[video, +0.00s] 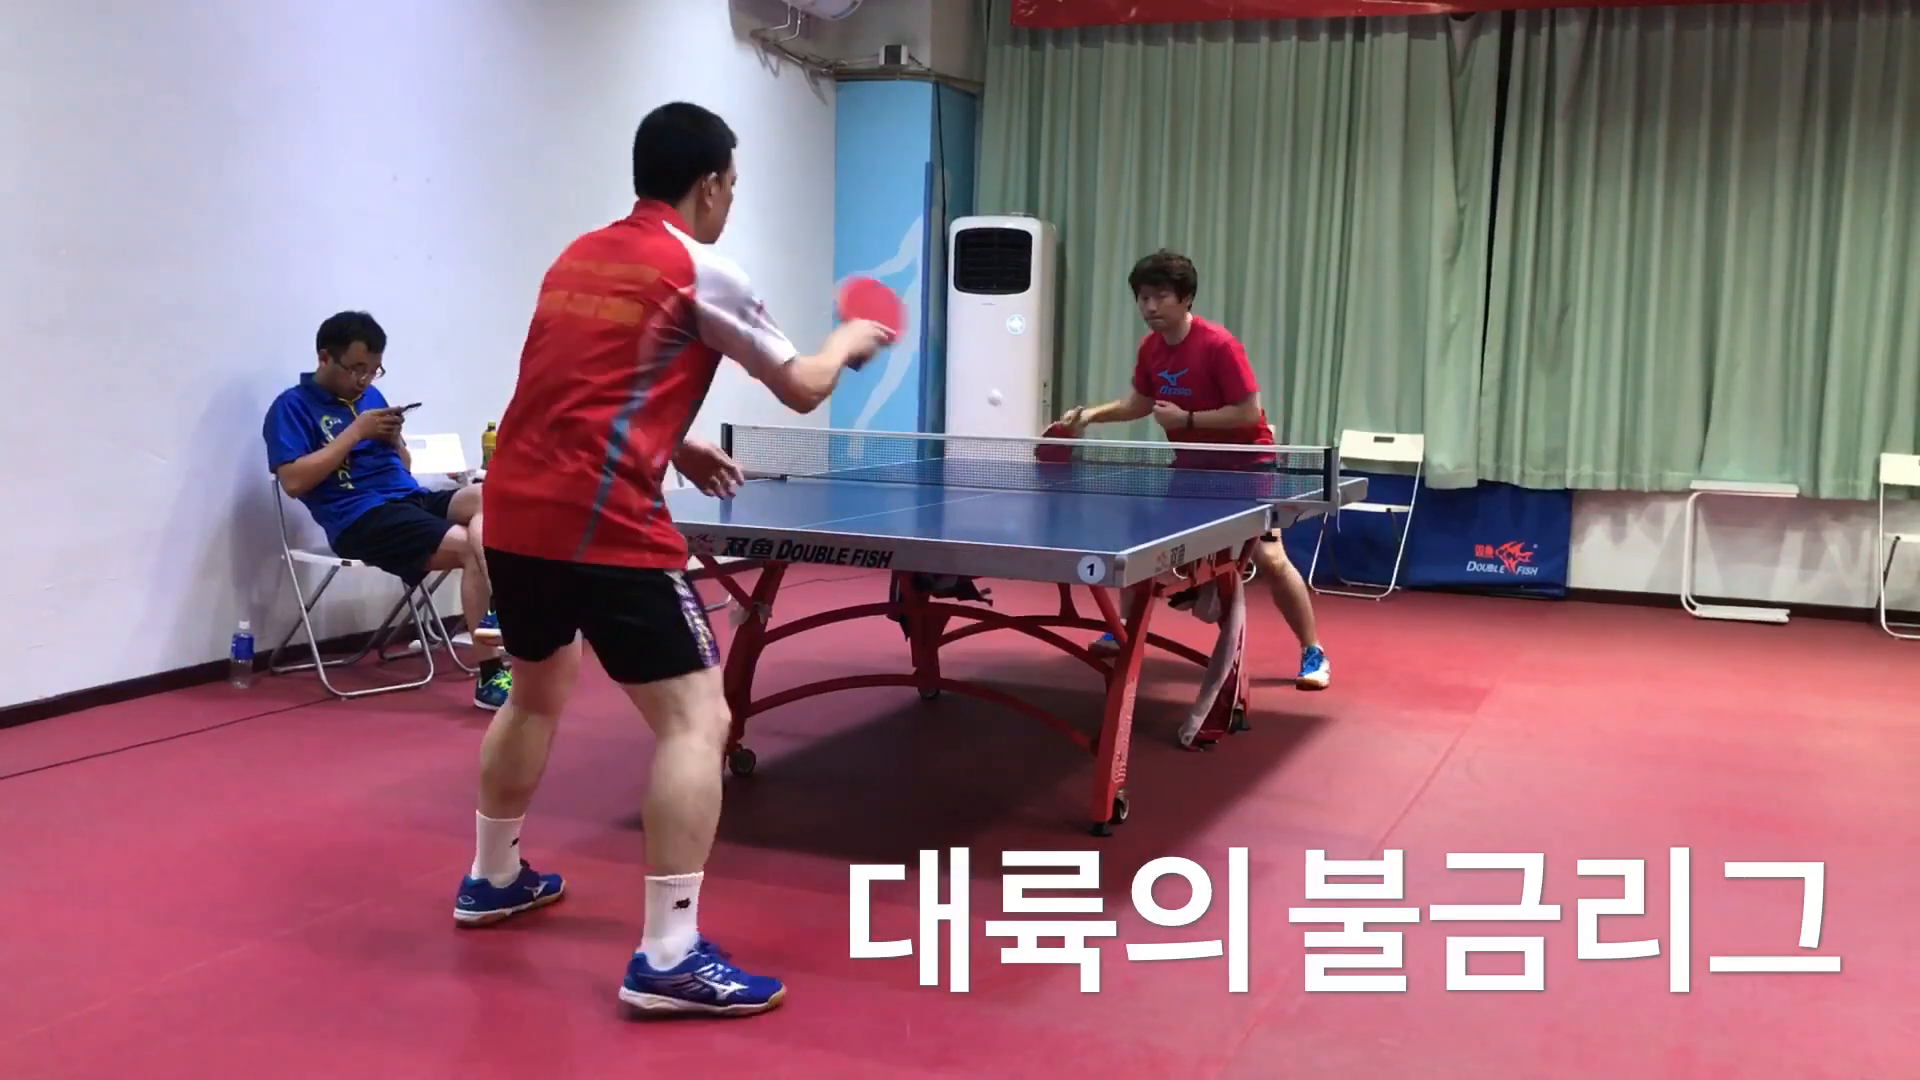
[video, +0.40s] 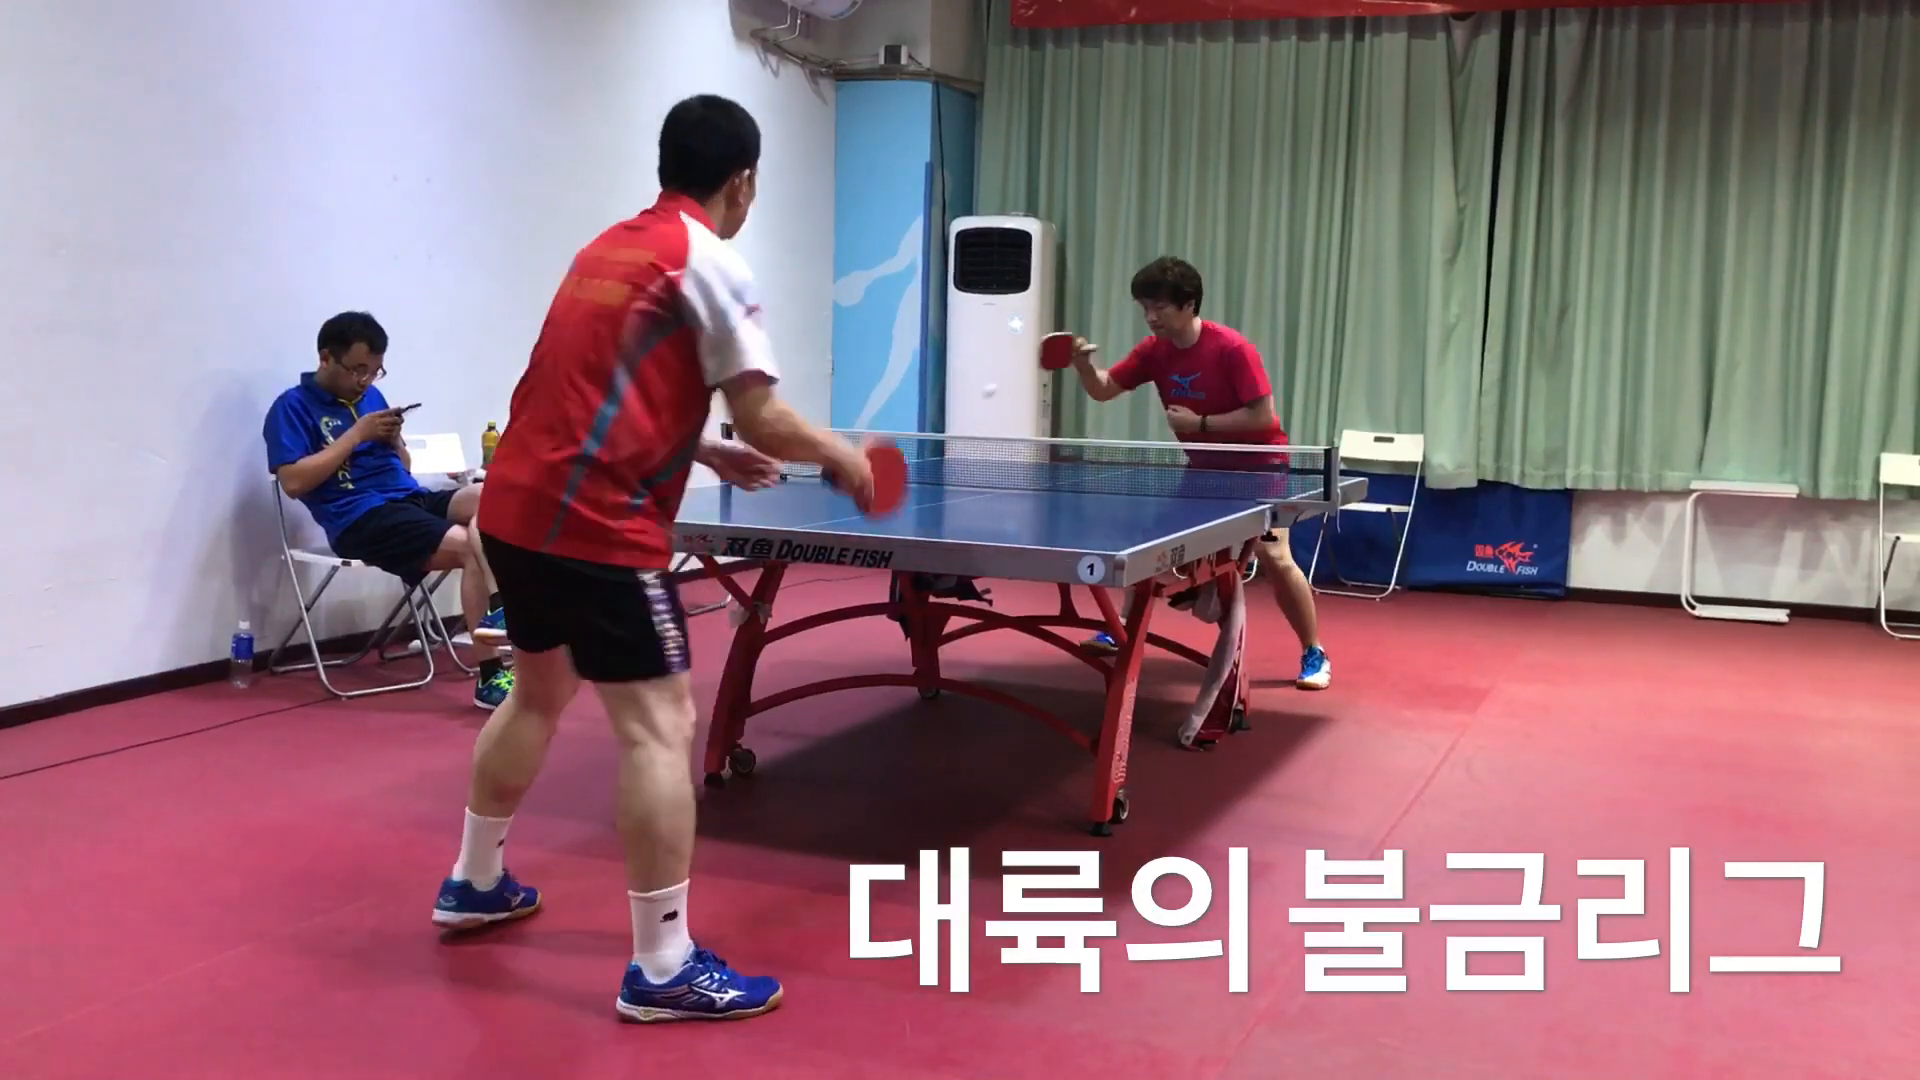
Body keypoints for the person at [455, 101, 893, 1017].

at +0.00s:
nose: (729, 202)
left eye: (729, 185)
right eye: (729, 185)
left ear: (642, 178)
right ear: (707, 185)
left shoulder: (575, 255)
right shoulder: (701, 271)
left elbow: (578, 387)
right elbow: (800, 387)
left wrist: (676, 445)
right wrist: (851, 338)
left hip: (509, 522)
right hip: (608, 527)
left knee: (535, 694)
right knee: (694, 720)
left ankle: (491, 877)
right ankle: (668, 954)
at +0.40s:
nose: (753, 197)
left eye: (751, 182)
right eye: (755, 182)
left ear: (668, 171)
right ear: (739, 183)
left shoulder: (610, 247)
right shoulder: (709, 264)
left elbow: (618, 396)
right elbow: (761, 418)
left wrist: (715, 452)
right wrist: (838, 453)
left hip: (512, 512)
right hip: (600, 528)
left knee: (538, 691)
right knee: (658, 729)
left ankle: (472, 883)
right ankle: (664, 966)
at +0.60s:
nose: (751, 237)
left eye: (754, 221)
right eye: (751, 220)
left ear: (684, 205)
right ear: (719, 213)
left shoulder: (640, 264)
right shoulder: (644, 267)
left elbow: (626, 412)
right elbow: (591, 396)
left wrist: (714, 473)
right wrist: (708, 474)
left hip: (517, 533)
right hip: (567, 537)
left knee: (559, 711)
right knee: (649, 728)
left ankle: (472, 889)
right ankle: (662, 965)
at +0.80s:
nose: (704, 190)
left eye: (705, 173)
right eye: (704, 172)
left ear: (625, 155)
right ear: (677, 164)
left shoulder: (579, 217)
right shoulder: (619, 219)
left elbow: (557, 375)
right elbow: (666, 359)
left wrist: (631, 447)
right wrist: (727, 333)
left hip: (504, 500)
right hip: (565, 502)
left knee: (539, 693)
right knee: (644, 697)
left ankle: (470, 884)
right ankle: (647, 939)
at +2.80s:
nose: (731, 197)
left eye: (726, 183)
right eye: (730, 185)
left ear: (637, 187)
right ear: (715, 193)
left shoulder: (570, 267)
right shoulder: (727, 291)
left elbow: (523, 367)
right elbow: (804, 426)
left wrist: (617, 388)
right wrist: (841, 377)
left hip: (533, 543)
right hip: (643, 555)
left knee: (527, 698)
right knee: (732, 737)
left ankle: (458, 874)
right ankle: (704, 963)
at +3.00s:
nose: (756, 202)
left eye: (755, 186)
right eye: (757, 185)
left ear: (670, 171)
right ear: (738, 185)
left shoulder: (618, 247)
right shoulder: (698, 266)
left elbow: (667, 417)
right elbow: (718, 430)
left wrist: (784, 468)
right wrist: (821, 490)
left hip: (523, 525)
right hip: (604, 541)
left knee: (538, 706)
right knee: (685, 732)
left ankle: (453, 886)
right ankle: (700, 966)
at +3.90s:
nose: (722, 196)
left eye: (721, 180)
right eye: (723, 180)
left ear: (635, 169)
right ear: (704, 181)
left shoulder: (585, 248)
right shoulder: (654, 265)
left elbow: (606, 404)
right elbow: (679, 428)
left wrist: (690, 469)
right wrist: (778, 494)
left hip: (486, 532)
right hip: (563, 546)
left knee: (511, 711)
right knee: (644, 739)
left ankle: (431, 895)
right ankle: (642, 984)